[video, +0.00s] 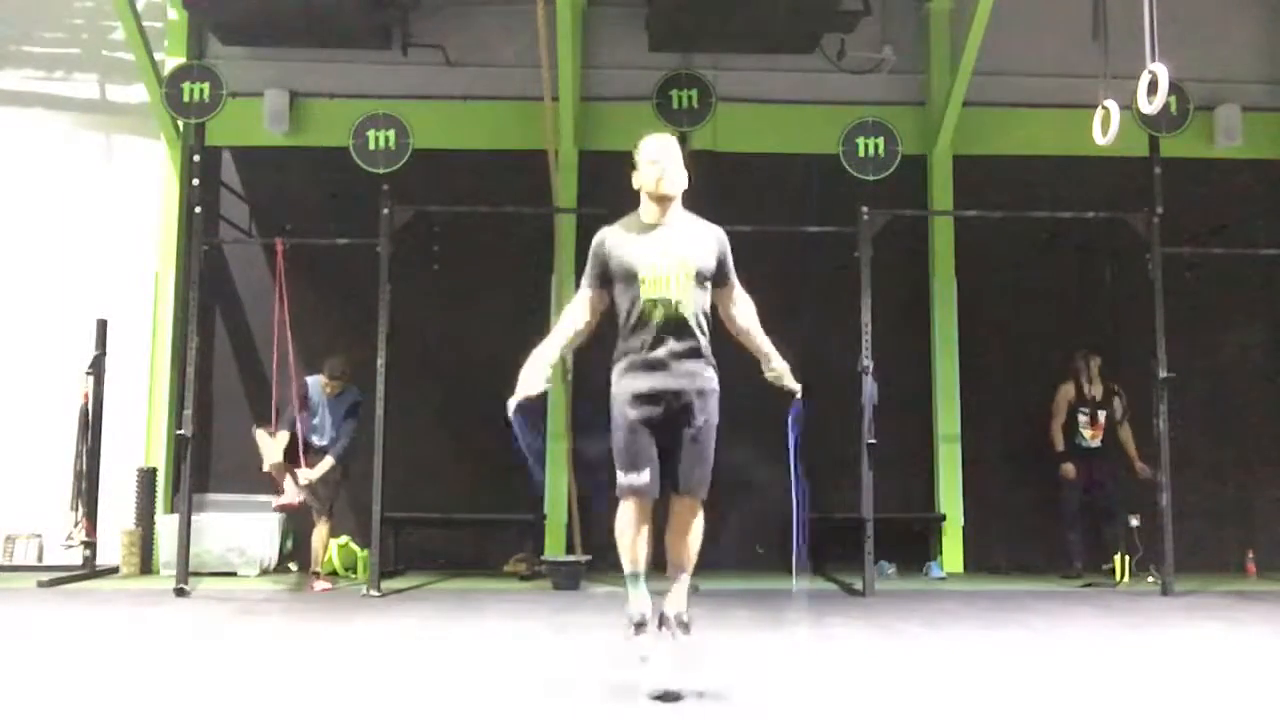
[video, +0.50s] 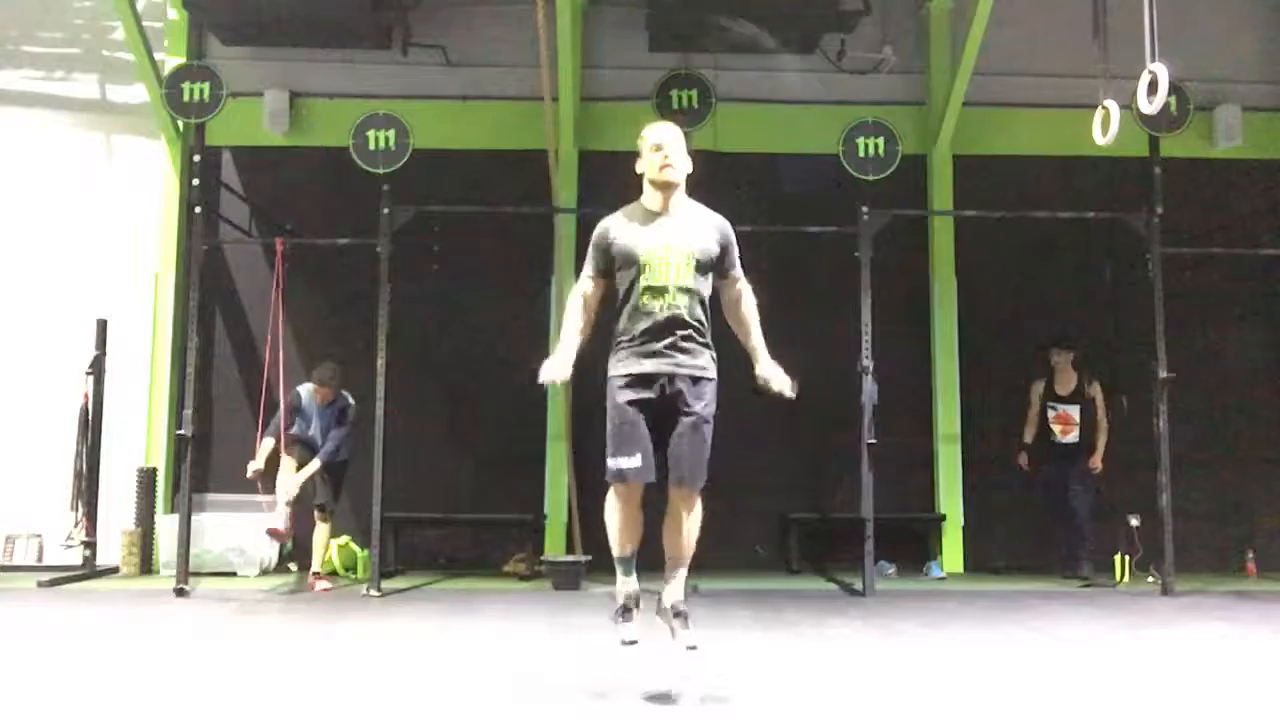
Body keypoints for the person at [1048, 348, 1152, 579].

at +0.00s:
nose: (1092, 370)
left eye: (1095, 364)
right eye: (1088, 365)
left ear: (1100, 365)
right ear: (1079, 366)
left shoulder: (1112, 393)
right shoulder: (1068, 390)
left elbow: (1123, 427)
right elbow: (1056, 425)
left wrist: (1136, 460)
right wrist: (1063, 458)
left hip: (1103, 462)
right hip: (1076, 462)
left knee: (1110, 509)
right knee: (1073, 512)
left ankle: (1114, 560)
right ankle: (1076, 562)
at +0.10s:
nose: (1076, 363)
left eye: (1080, 358)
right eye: (1072, 359)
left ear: (1089, 362)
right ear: (1067, 364)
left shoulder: (1105, 389)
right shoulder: (1058, 390)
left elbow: (1116, 425)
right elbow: (1049, 425)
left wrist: (1124, 457)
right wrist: (1053, 456)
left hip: (1097, 458)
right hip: (1069, 459)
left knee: (1104, 506)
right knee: (1071, 509)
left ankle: (1109, 559)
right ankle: (1076, 562)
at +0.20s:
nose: (1068, 360)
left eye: (1073, 355)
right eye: (1065, 355)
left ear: (1083, 358)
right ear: (1061, 359)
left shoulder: (1099, 387)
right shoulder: (1051, 389)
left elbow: (1108, 422)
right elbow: (1042, 422)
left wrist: (1113, 454)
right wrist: (1042, 453)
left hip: (1093, 457)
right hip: (1064, 457)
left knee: (1096, 507)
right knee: (1068, 509)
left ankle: (1100, 557)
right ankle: (1073, 561)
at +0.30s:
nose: (1065, 360)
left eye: (1069, 355)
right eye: (1061, 355)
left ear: (1078, 357)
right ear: (1056, 358)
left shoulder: (1096, 387)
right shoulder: (1047, 388)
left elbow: (1105, 422)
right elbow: (1037, 421)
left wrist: (1106, 452)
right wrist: (1033, 451)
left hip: (1088, 456)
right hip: (1060, 456)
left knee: (1092, 505)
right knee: (1065, 507)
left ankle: (1096, 556)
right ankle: (1072, 560)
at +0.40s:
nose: (1059, 360)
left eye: (1064, 355)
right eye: (1056, 355)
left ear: (1074, 357)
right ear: (1052, 358)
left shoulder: (1093, 387)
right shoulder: (1044, 387)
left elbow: (1103, 421)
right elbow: (1033, 420)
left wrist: (1101, 452)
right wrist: (1028, 448)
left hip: (1084, 457)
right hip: (1055, 457)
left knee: (1086, 507)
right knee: (1061, 509)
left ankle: (1091, 561)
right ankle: (1072, 561)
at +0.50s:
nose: (1056, 360)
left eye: (1061, 355)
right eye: (1053, 354)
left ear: (1072, 356)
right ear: (1049, 357)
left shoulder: (1090, 386)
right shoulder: (1040, 386)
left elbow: (1101, 423)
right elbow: (1032, 419)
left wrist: (1098, 453)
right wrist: (1025, 447)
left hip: (1080, 457)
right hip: (1051, 457)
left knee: (1078, 506)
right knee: (1056, 509)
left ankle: (1083, 560)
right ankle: (1065, 561)